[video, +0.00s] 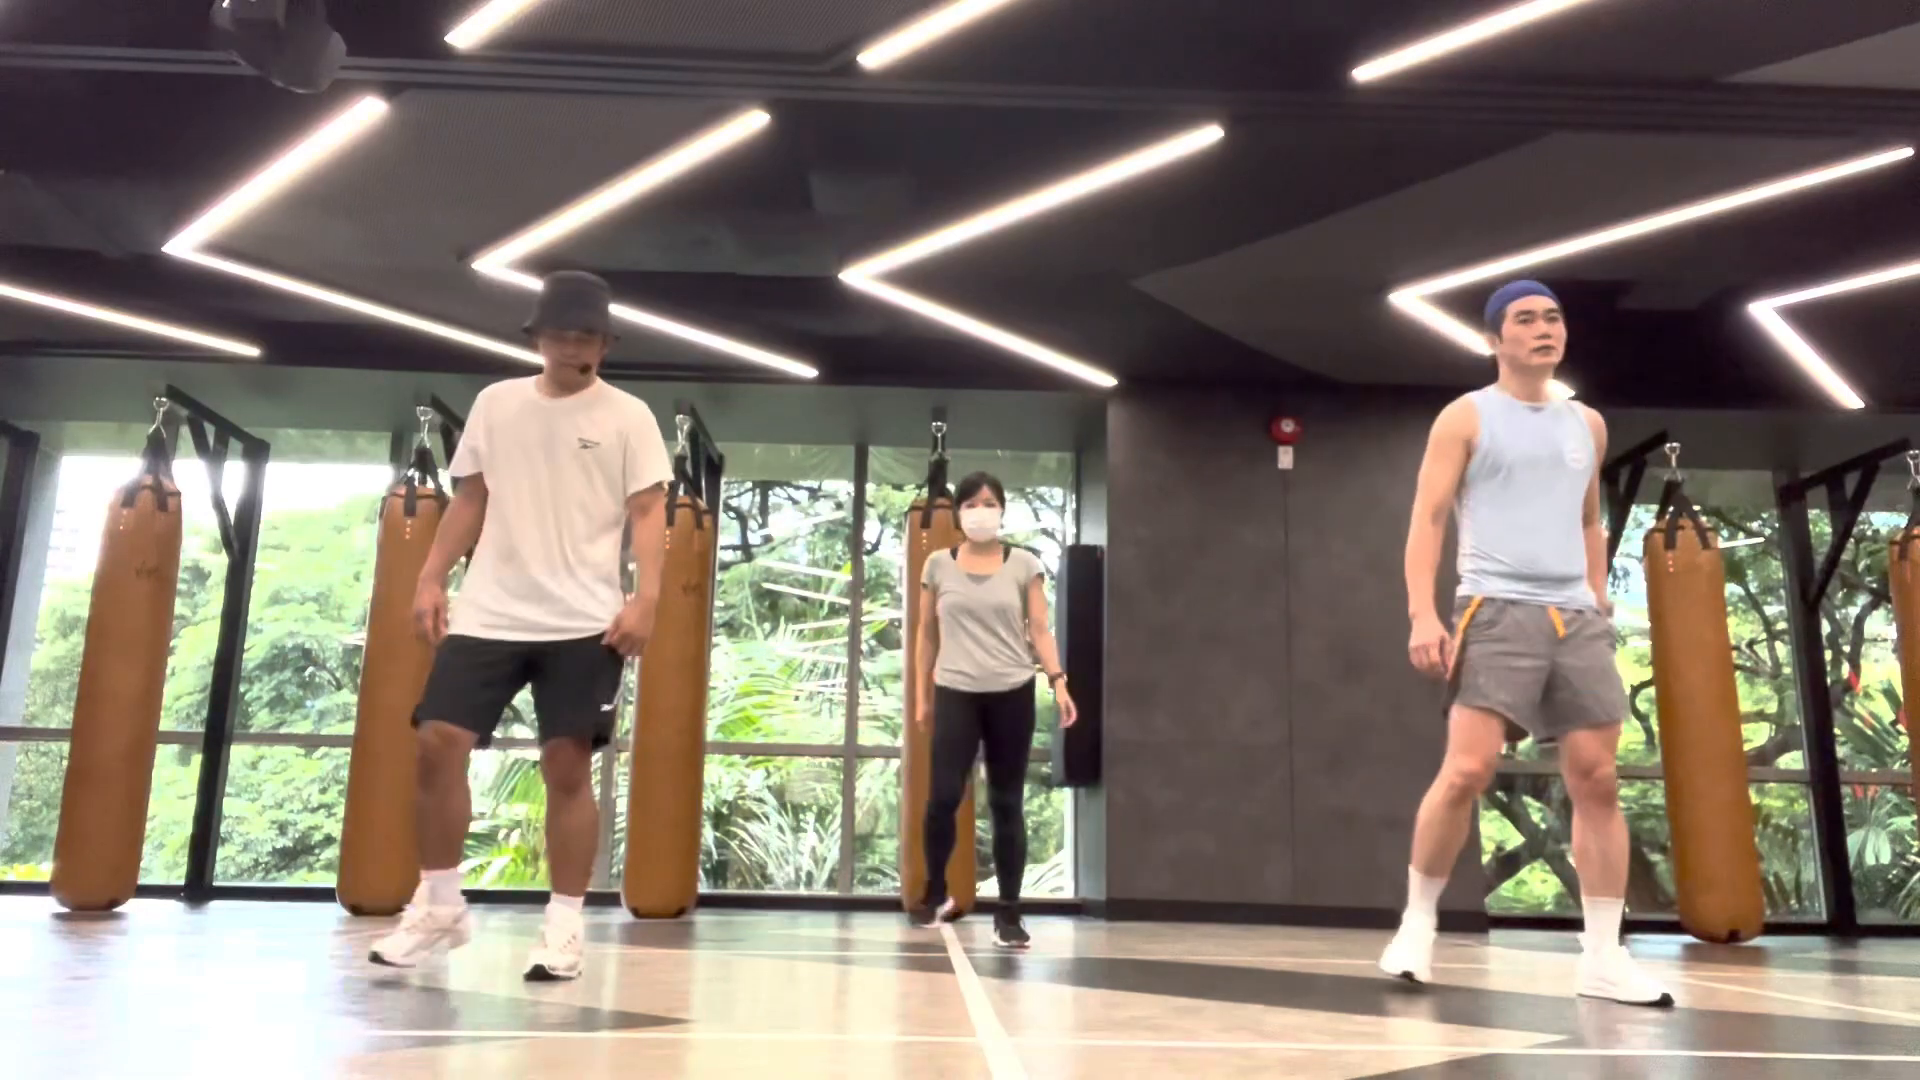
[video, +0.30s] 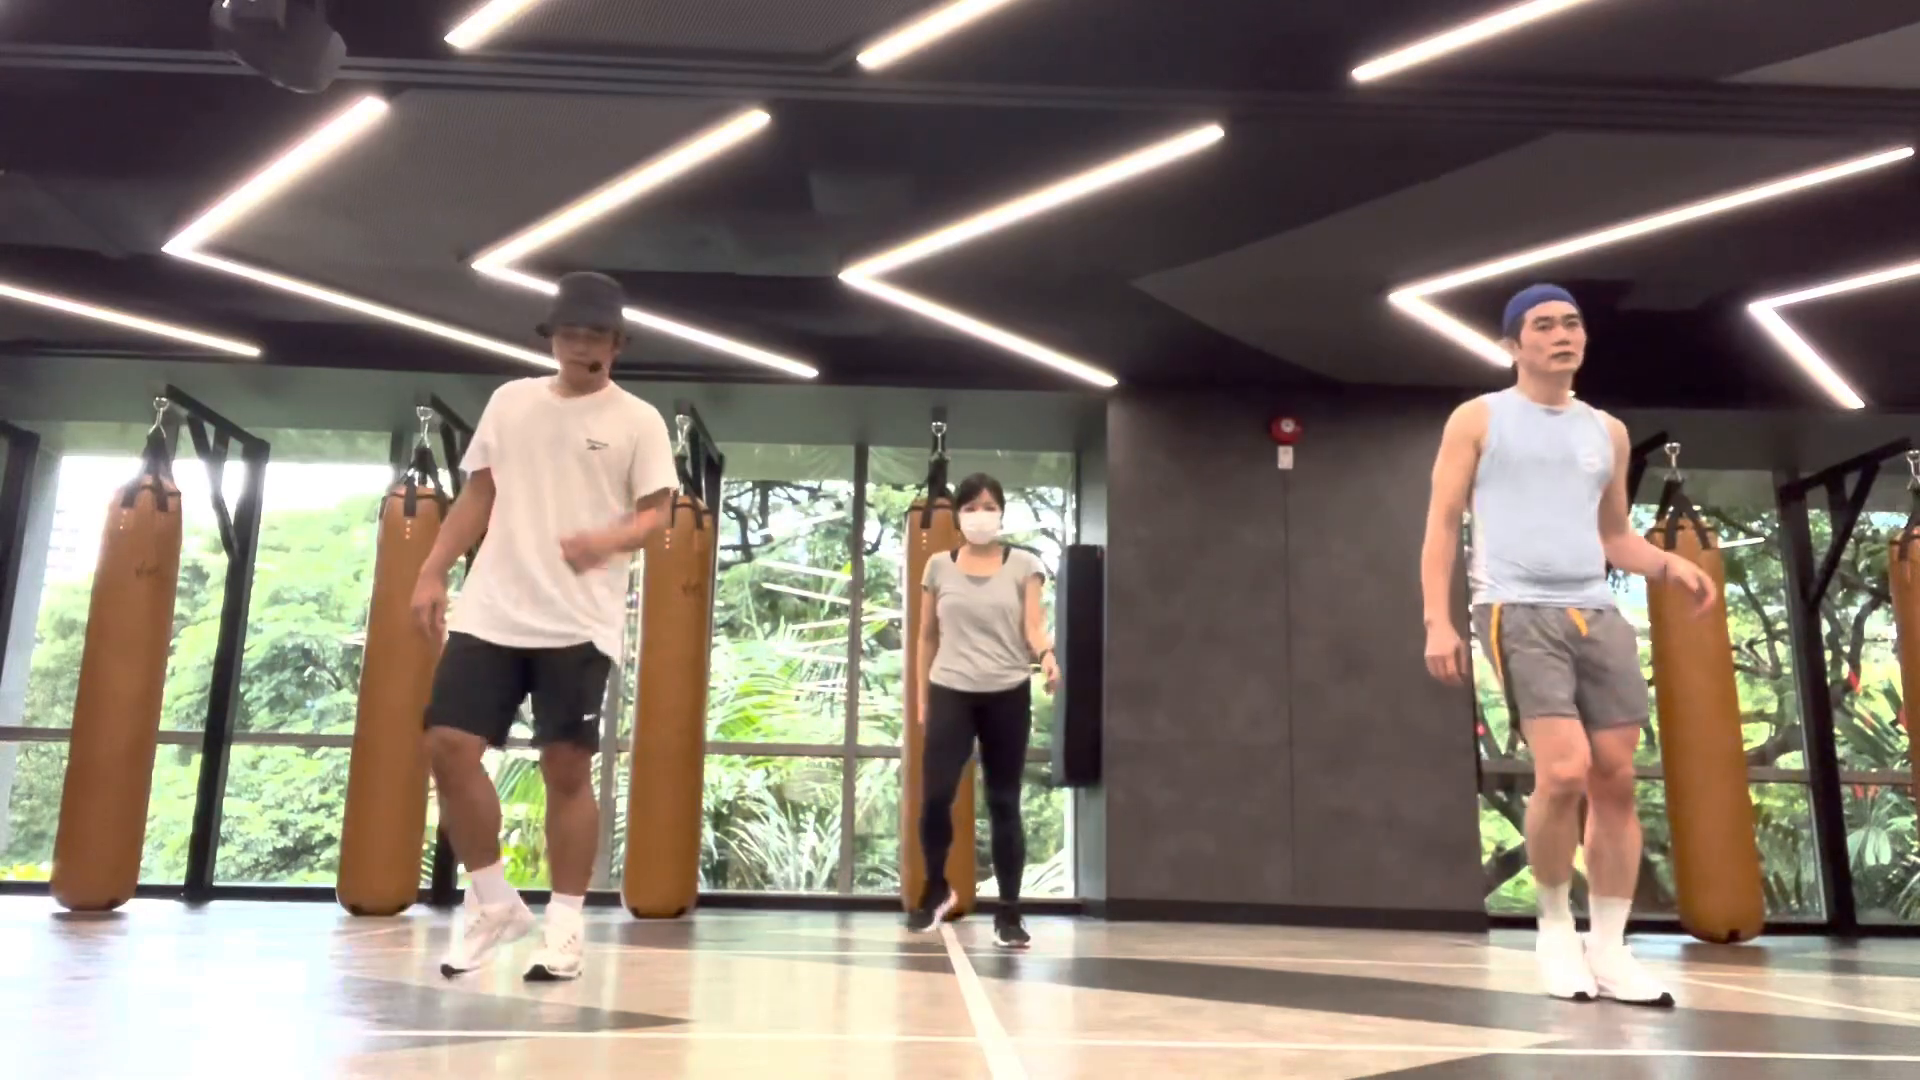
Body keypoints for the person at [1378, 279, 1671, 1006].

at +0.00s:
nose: (1544, 328)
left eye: (1552, 317)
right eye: (1527, 319)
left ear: (1565, 334)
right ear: (1497, 338)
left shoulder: (1587, 423)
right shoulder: (1465, 416)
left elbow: (1591, 520)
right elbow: (1428, 518)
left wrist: (1598, 603)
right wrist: (1423, 613)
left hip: (1579, 620)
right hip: (1497, 617)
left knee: (1598, 778)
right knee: (1466, 772)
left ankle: (1603, 957)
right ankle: (1417, 925)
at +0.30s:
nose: (1560, 335)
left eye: (1570, 324)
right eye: (1544, 325)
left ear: (1584, 340)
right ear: (1515, 343)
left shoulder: (1608, 434)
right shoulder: (1477, 419)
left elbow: (1615, 537)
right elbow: (1442, 523)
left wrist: (1668, 564)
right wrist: (1439, 621)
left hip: (1599, 615)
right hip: (1519, 615)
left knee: (1617, 776)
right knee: (1566, 774)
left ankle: (1608, 949)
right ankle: (1555, 928)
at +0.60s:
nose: (1523, 334)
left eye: (1534, 322)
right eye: (1507, 325)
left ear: (1551, 337)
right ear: (1482, 343)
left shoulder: (1588, 417)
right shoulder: (1447, 423)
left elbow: (1622, 523)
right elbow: (1422, 527)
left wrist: (1609, 481)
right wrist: (1406, 623)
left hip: (1570, 621)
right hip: (1478, 619)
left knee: (1596, 778)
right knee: (1446, 762)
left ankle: (1604, 957)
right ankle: (1407, 932)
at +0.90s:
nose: (1440, 335)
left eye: (1451, 324)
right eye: (1425, 325)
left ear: (1467, 340)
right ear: (1397, 342)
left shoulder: (1501, 419)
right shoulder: (1361, 426)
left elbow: (1522, 512)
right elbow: (1340, 532)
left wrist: (1540, 567)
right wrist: (1326, 628)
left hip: (1484, 622)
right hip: (1393, 619)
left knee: (1545, 775)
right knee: (1369, 774)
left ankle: (1582, 943)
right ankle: (1355, 945)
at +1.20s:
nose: (1411, 334)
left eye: (1421, 323)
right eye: (1396, 323)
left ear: (1437, 338)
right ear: (1367, 340)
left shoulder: (1471, 421)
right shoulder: (1333, 425)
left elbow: (1480, 529)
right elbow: (1301, 526)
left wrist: (1488, 619)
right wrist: (1271, 621)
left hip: (1450, 613)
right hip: (1366, 609)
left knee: (1438, 774)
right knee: (1357, 771)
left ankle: (1391, 925)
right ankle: (1353, 939)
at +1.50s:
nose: (1453, 331)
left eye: (1462, 321)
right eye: (1438, 319)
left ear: (1471, 336)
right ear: (1402, 332)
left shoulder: (1492, 421)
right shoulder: (1360, 416)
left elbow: (1492, 526)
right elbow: (1332, 516)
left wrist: (1502, 615)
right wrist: (1336, 610)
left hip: (1483, 616)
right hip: (1395, 615)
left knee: (1543, 767)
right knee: (1370, 777)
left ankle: (1567, 946)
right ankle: (1355, 947)